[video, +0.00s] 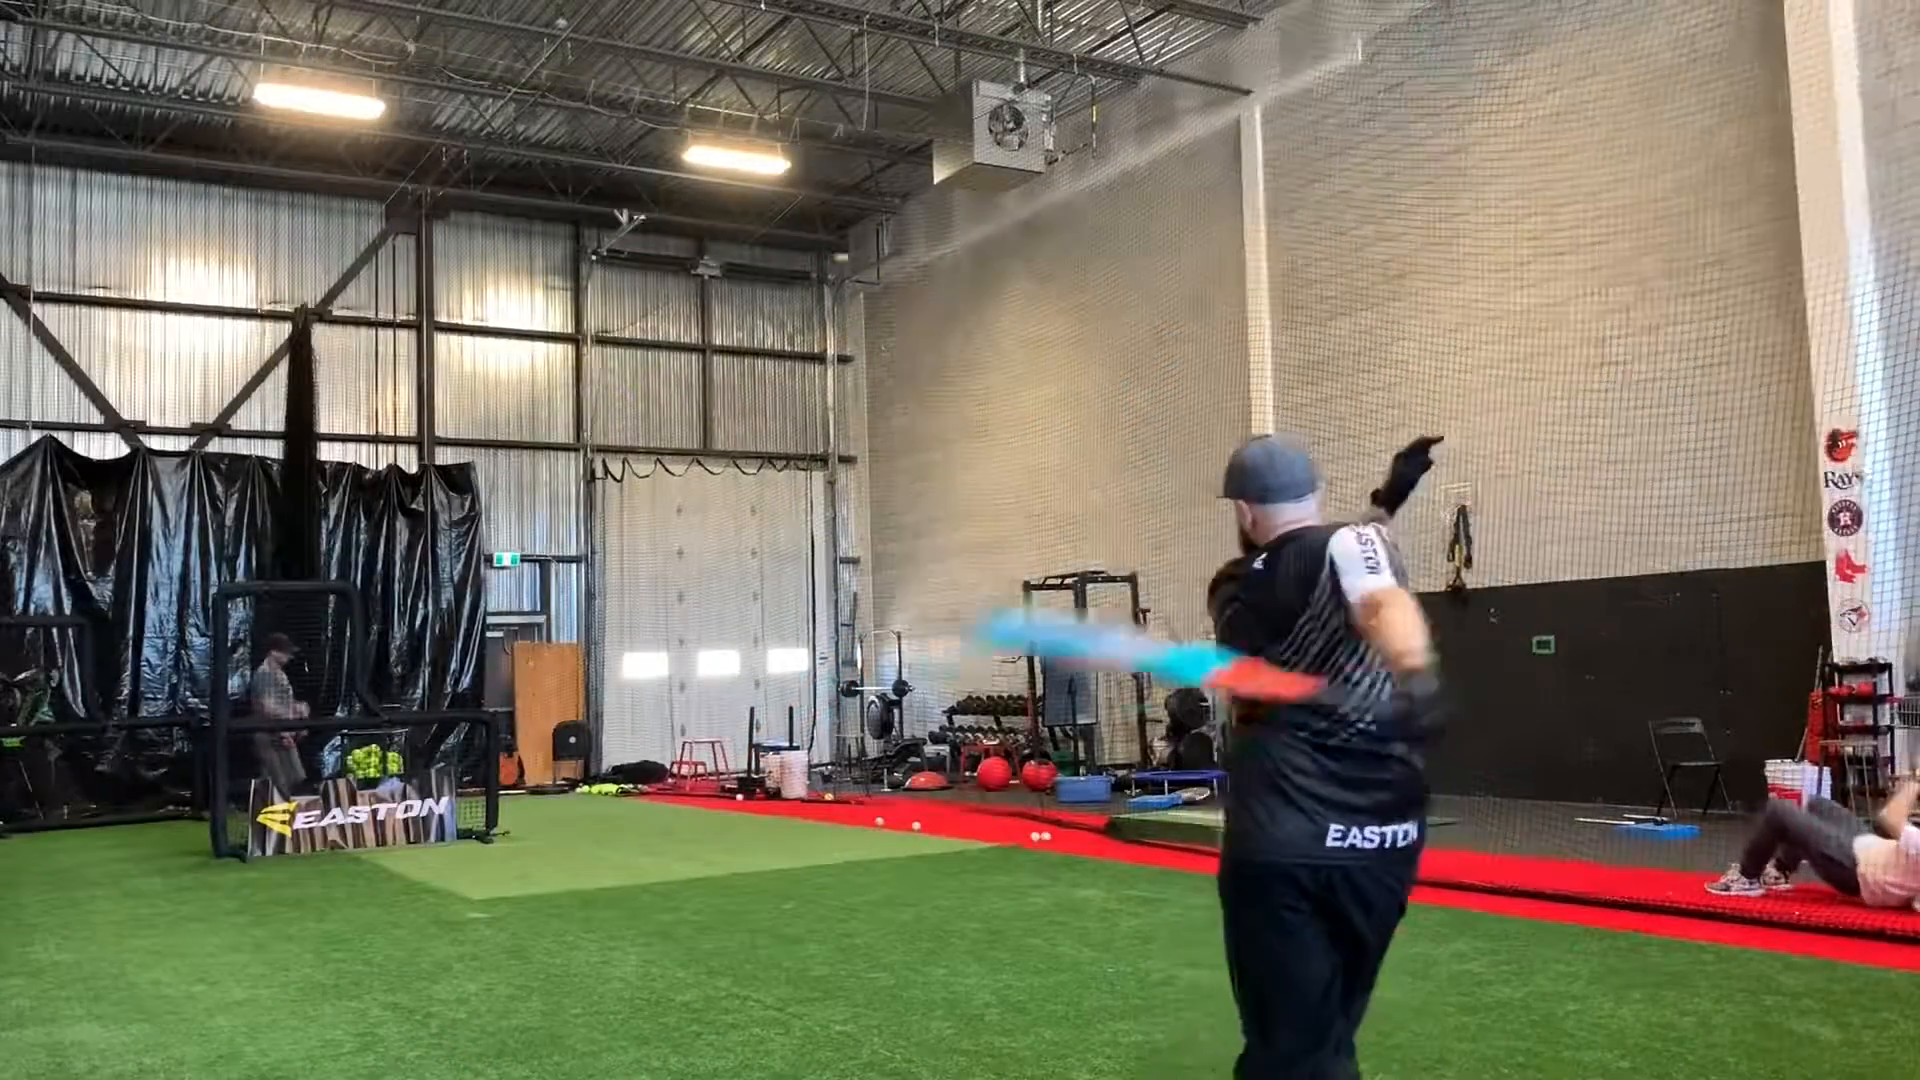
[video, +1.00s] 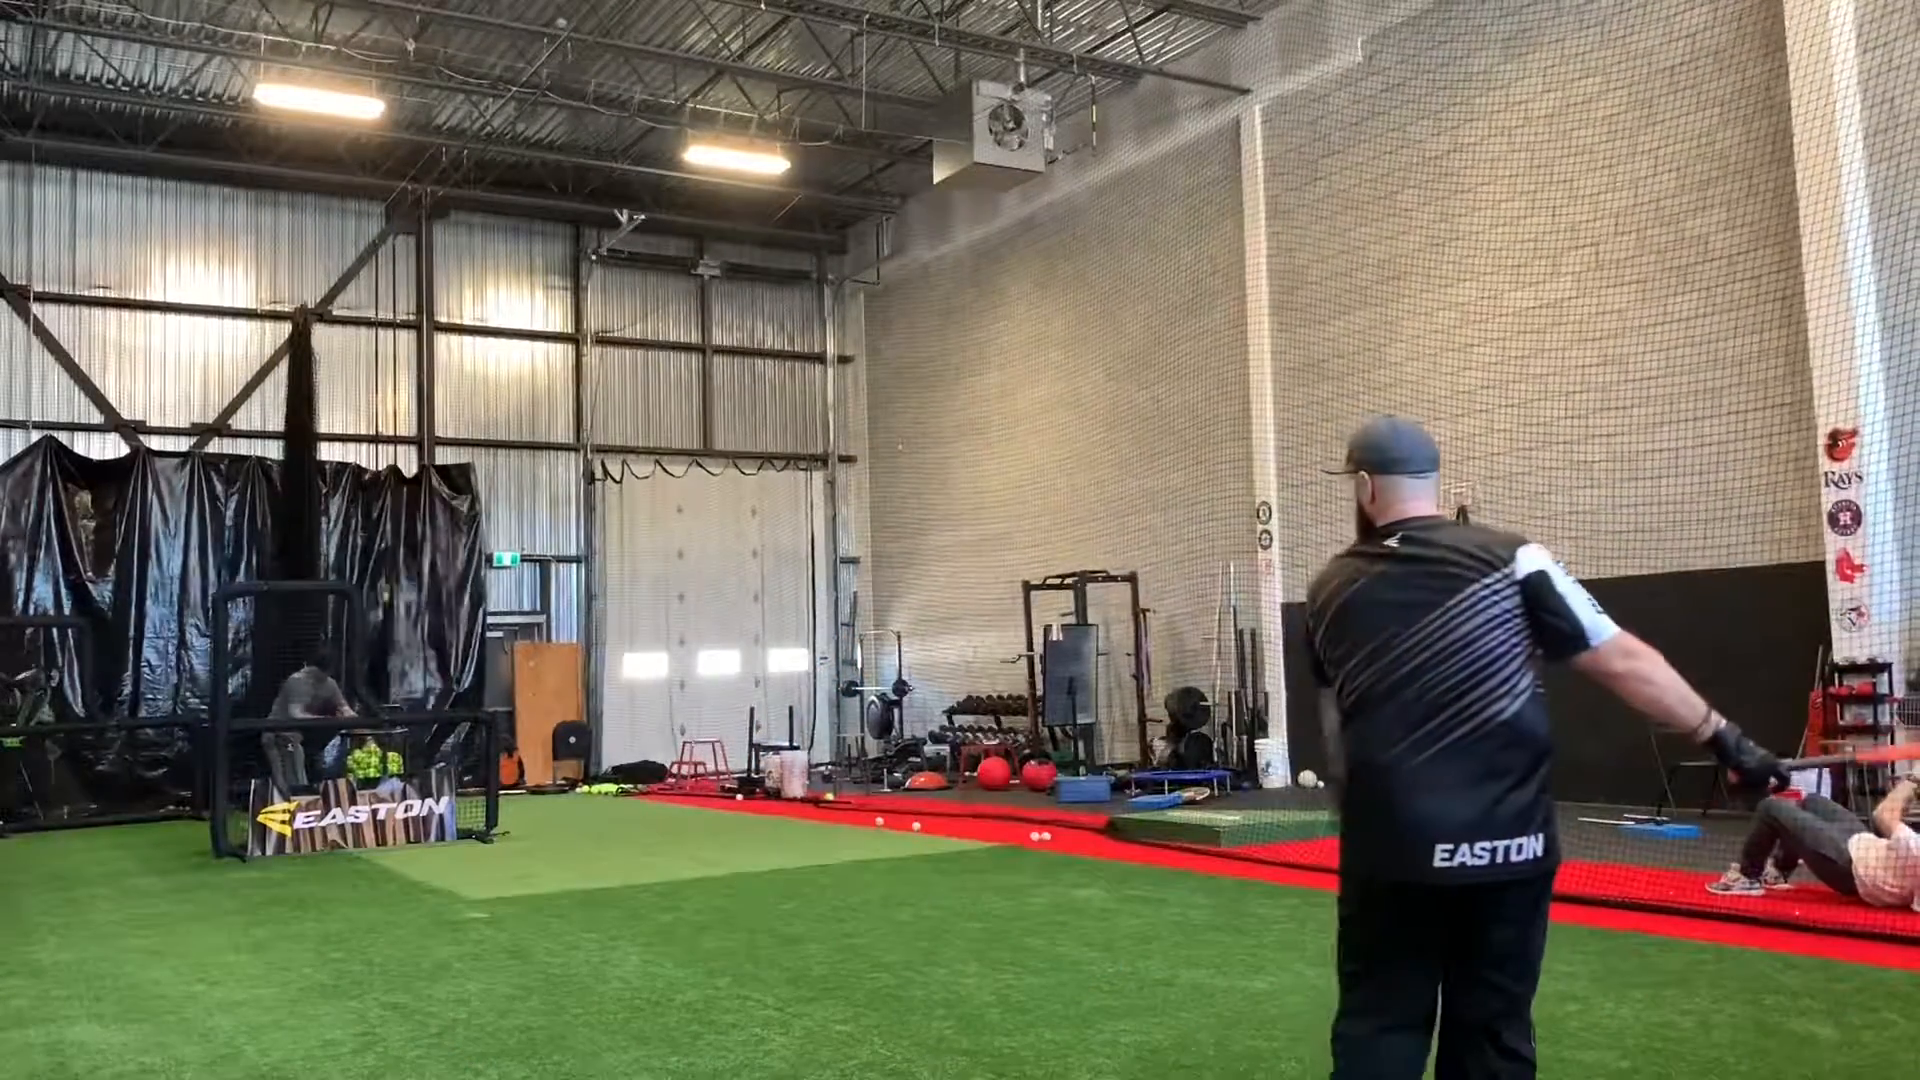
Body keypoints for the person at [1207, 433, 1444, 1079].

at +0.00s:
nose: (1240, 517)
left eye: (1239, 506)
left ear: (1245, 512)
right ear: (1317, 495)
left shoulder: (1238, 593)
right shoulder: (1356, 541)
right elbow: (1383, 605)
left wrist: (1381, 508)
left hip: (1276, 850)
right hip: (1380, 846)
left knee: (1288, 1044)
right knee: (1323, 1038)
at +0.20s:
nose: (1271, 492)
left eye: (1269, 481)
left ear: (1271, 488)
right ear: (1346, 476)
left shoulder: (1279, 560)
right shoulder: (1357, 548)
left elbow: (1405, 550)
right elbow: (1352, 668)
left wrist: (1456, 479)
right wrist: (1337, 786)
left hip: (1294, 832)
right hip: (1380, 832)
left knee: (1312, 1036)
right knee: (1376, 1037)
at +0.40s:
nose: (1380, 466)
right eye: (1378, 457)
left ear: (1301, 470)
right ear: (1375, 461)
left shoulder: (1306, 547)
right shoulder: (1377, 540)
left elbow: (1452, 544)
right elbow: (1377, 667)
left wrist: (1518, 481)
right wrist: (1431, 787)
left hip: (1320, 813)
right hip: (1410, 813)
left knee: (1346, 1014)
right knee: (1460, 1010)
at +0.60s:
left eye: (1334, 477)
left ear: (1333, 480)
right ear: (1407, 474)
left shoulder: (1329, 565)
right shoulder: (1429, 559)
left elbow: (1476, 561)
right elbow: (1461, 679)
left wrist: (1565, 522)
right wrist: (1556, 794)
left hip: (1358, 840)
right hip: (1459, 840)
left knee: (1360, 1028)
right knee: (1477, 1030)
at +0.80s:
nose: (1344, 494)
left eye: (1344, 482)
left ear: (1350, 488)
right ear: (1424, 479)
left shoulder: (1328, 575)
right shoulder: (1463, 559)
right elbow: (1561, 662)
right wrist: (1683, 741)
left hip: (1372, 847)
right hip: (1483, 845)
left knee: (1378, 1013)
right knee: (1483, 1030)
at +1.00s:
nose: (1355, 494)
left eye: (1354, 483)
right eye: (1356, 482)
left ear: (1366, 490)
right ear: (1437, 483)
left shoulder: (1330, 591)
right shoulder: (1509, 558)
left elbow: (1337, 718)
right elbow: (1618, 660)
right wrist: (1725, 737)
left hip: (1388, 854)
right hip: (1508, 850)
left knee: (1375, 1028)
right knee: (1493, 1035)